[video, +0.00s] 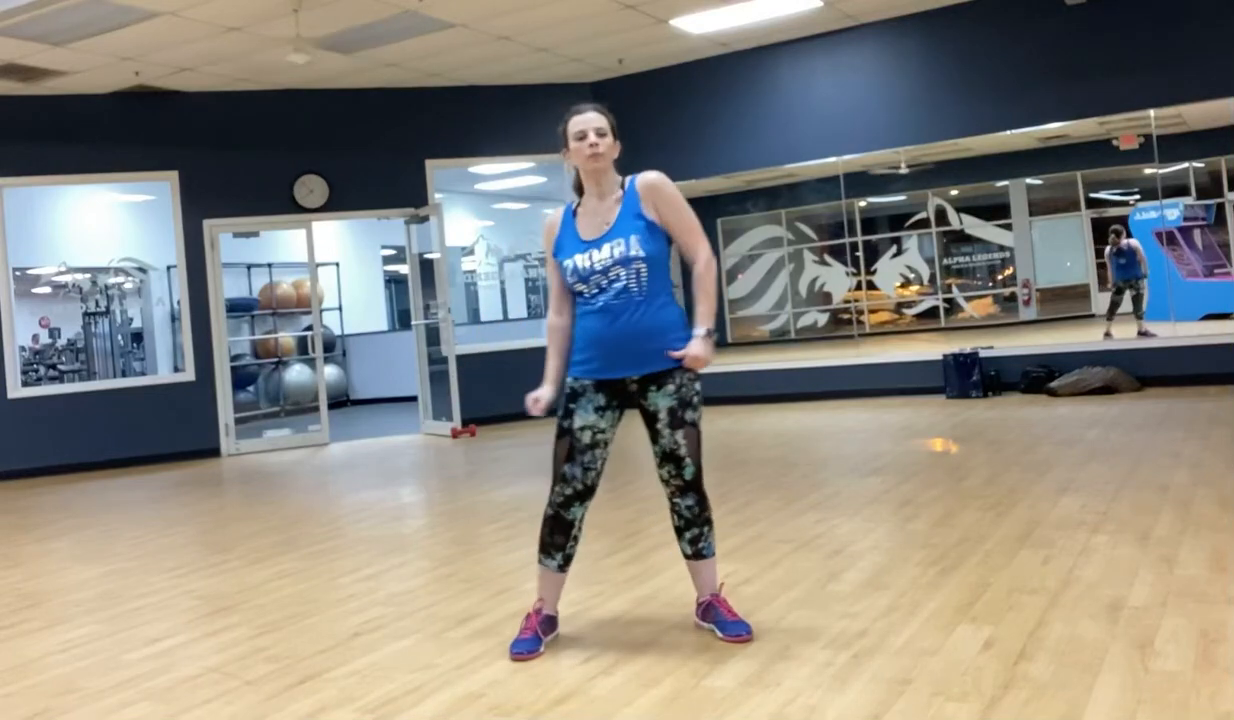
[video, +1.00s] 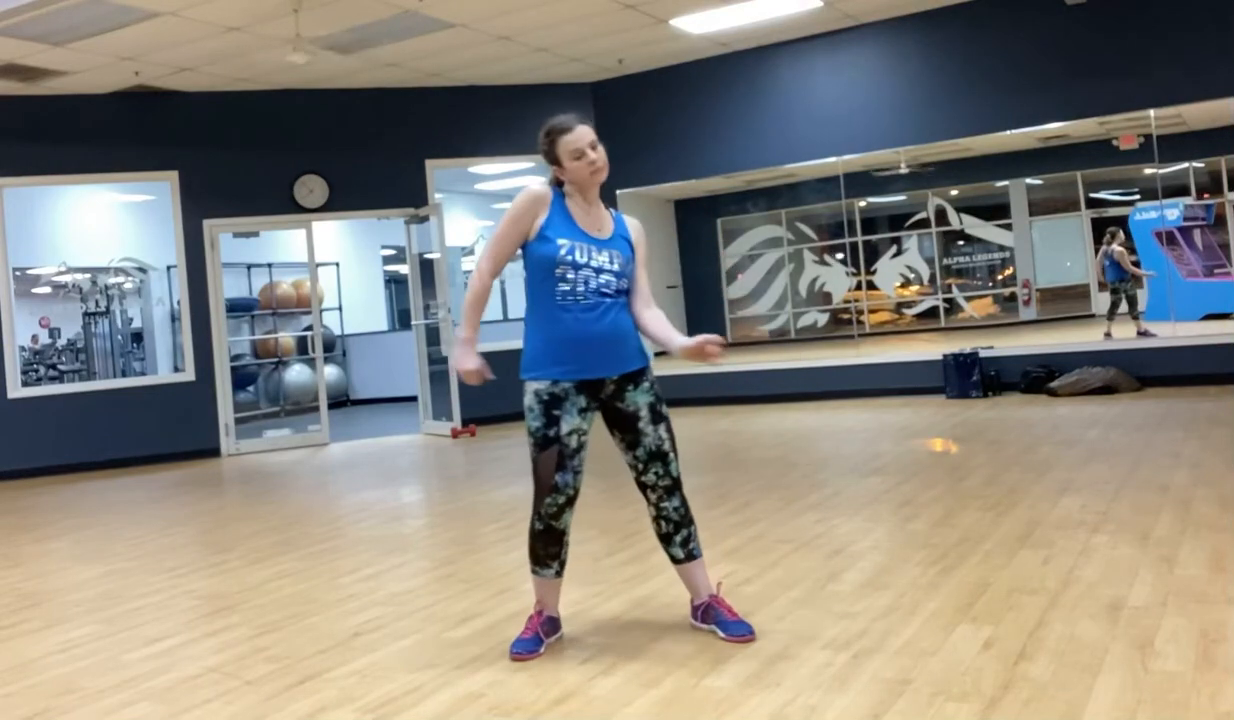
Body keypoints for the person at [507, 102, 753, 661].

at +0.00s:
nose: (593, 143)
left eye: (601, 134)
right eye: (581, 137)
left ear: (616, 143)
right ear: (567, 151)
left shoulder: (649, 188)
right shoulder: (559, 222)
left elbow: (703, 256)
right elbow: (559, 312)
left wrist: (703, 333)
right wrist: (550, 383)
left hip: (665, 367)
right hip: (591, 377)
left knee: (684, 483)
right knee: (569, 491)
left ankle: (711, 600)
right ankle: (544, 612)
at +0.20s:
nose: (617, 148)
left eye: (621, 139)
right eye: (604, 141)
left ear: (630, 146)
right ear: (579, 153)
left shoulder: (656, 189)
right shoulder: (565, 226)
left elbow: (718, 248)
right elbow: (572, 312)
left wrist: (735, 321)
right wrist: (575, 382)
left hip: (684, 364)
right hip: (612, 377)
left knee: (695, 480)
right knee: (580, 490)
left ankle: (712, 600)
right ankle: (547, 611)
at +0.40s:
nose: (634, 154)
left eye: (637, 146)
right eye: (623, 146)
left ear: (638, 152)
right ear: (590, 153)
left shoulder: (662, 202)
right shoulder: (560, 228)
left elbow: (728, 272)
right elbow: (562, 316)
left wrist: (776, 321)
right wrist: (584, 380)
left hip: (690, 362)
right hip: (617, 375)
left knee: (697, 480)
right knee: (588, 492)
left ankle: (710, 600)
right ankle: (549, 612)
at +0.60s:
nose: (633, 162)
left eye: (636, 152)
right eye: (622, 153)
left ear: (636, 157)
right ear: (589, 158)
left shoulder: (654, 219)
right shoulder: (551, 222)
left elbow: (709, 281)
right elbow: (538, 306)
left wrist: (771, 326)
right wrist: (568, 370)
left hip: (679, 368)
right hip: (607, 380)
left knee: (691, 482)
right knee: (584, 496)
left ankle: (710, 599)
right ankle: (549, 613)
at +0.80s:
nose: (616, 163)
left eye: (620, 153)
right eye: (603, 156)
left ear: (624, 157)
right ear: (574, 163)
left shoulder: (634, 230)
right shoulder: (542, 208)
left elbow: (674, 305)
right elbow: (505, 284)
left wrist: (735, 343)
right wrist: (522, 357)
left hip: (651, 371)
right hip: (579, 381)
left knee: (675, 485)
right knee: (570, 499)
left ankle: (709, 601)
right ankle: (547, 615)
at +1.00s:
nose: (594, 157)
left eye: (595, 147)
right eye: (580, 155)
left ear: (604, 150)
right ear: (559, 169)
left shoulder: (628, 229)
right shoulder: (539, 202)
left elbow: (643, 307)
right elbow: (486, 270)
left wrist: (683, 344)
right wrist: (464, 342)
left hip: (626, 371)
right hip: (555, 377)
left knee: (664, 482)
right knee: (554, 496)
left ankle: (705, 601)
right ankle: (546, 614)